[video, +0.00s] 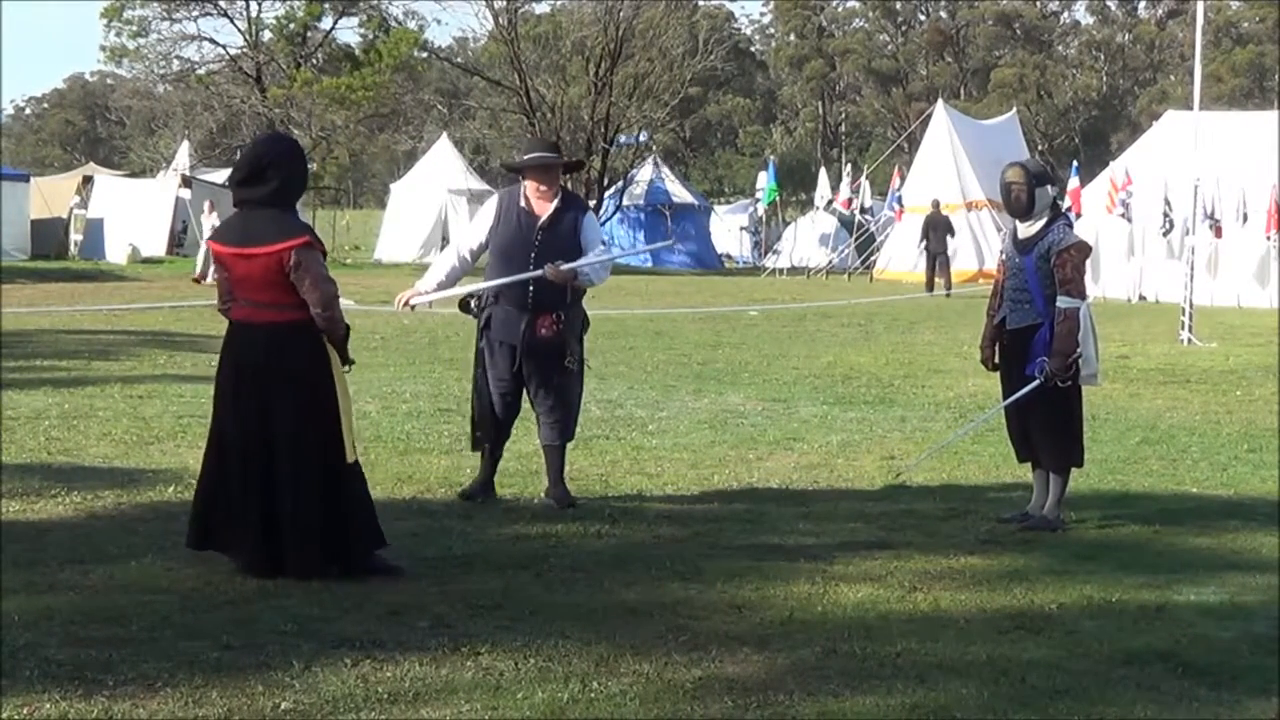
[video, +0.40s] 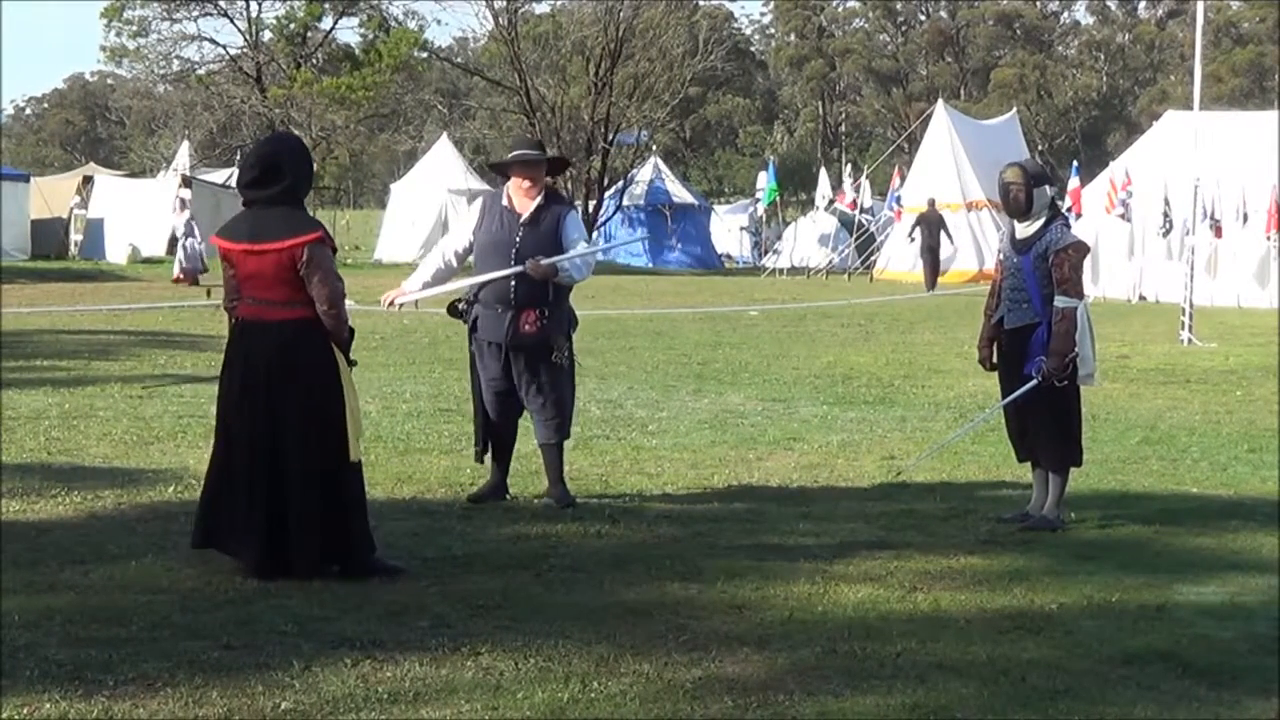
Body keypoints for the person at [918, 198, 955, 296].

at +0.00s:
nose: (933, 208)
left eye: (933, 206)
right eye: (936, 205)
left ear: (931, 206)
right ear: (939, 206)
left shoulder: (928, 217)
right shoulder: (945, 218)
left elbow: (924, 232)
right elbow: (952, 232)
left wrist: (921, 241)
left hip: (931, 247)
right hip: (942, 248)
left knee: (930, 269)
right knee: (945, 269)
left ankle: (929, 288)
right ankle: (947, 288)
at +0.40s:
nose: (931, 206)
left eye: (930, 204)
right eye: (932, 204)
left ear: (927, 204)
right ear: (935, 204)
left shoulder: (922, 215)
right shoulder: (939, 216)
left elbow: (914, 226)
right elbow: (945, 229)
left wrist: (909, 235)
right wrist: (951, 239)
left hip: (925, 244)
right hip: (935, 244)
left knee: (927, 265)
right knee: (935, 266)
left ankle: (929, 287)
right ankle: (932, 286)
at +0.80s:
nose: (928, 204)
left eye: (927, 202)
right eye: (930, 202)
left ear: (924, 203)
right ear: (932, 203)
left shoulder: (920, 214)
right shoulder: (936, 214)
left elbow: (915, 226)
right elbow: (942, 226)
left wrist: (913, 234)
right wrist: (942, 233)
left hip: (922, 243)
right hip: (933, 244)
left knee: (920, 262)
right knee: (932, 263)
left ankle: (921, 282)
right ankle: (931, 284)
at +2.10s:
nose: (940, 207)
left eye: (938, 205)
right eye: (940, 205)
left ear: (933, 205)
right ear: (940, 205)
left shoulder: (928, 216)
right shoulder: (943, 217)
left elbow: (923, 227)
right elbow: (951, 230)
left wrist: (920, 236)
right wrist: (944, 225)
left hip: (930, 243)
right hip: (939, 243)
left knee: (931, 262)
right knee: (939, 262)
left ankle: (932, 281)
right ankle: (934, 282)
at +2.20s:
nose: (943, 206)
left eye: (942, 204)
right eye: (943, 204)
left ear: (935, 205)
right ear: (941, 205)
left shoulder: (930, 215)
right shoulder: (945, 216)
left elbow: (925, 226)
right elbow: (949, 228)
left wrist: (922, 236)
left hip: (932, 244)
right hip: (941, 244)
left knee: (933, 262)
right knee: (944, 261)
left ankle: (934, 281)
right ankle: (937, 279)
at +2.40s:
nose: (949, 205)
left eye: (948, 203)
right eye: (949, 203)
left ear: (941, 203)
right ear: (948, 203)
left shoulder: (935, 213)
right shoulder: (949, 214)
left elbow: (929, 223)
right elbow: (952, 227)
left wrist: (927, 232)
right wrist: (955, 237)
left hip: (937, 240)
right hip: (947, 241)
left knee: (936, 261)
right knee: (950, 262)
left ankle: (934, 281)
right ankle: (949, 281)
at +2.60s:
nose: (956, 208)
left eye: (955, 206)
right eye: (956, 206)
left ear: (948, 206)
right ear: (955, 206)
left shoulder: (942, 216)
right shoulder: (956, 217)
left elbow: (935, 229)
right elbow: (958, 230)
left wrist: (940, 237)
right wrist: (961, 240)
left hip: (944, 243)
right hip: (954, 243)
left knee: (940, 260)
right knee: (956, 264)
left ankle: (935, 279)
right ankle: (957, 282)